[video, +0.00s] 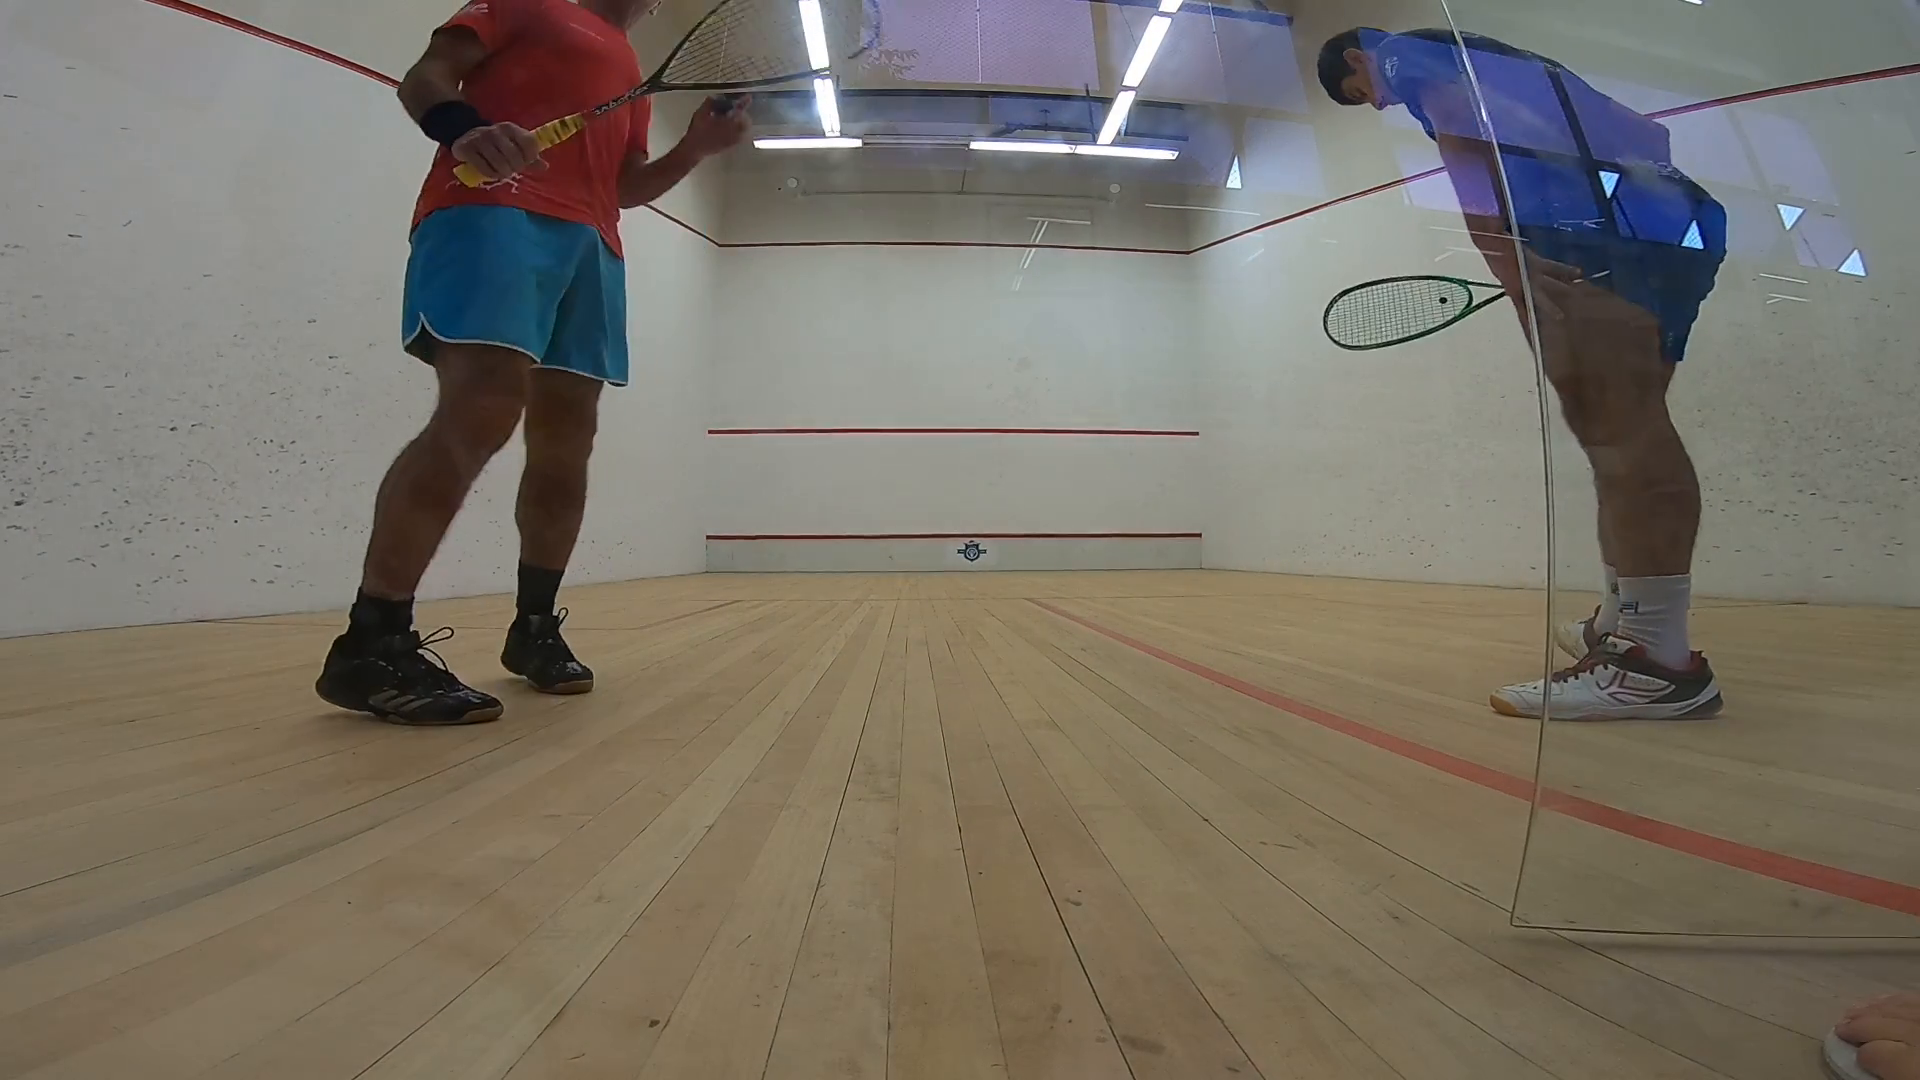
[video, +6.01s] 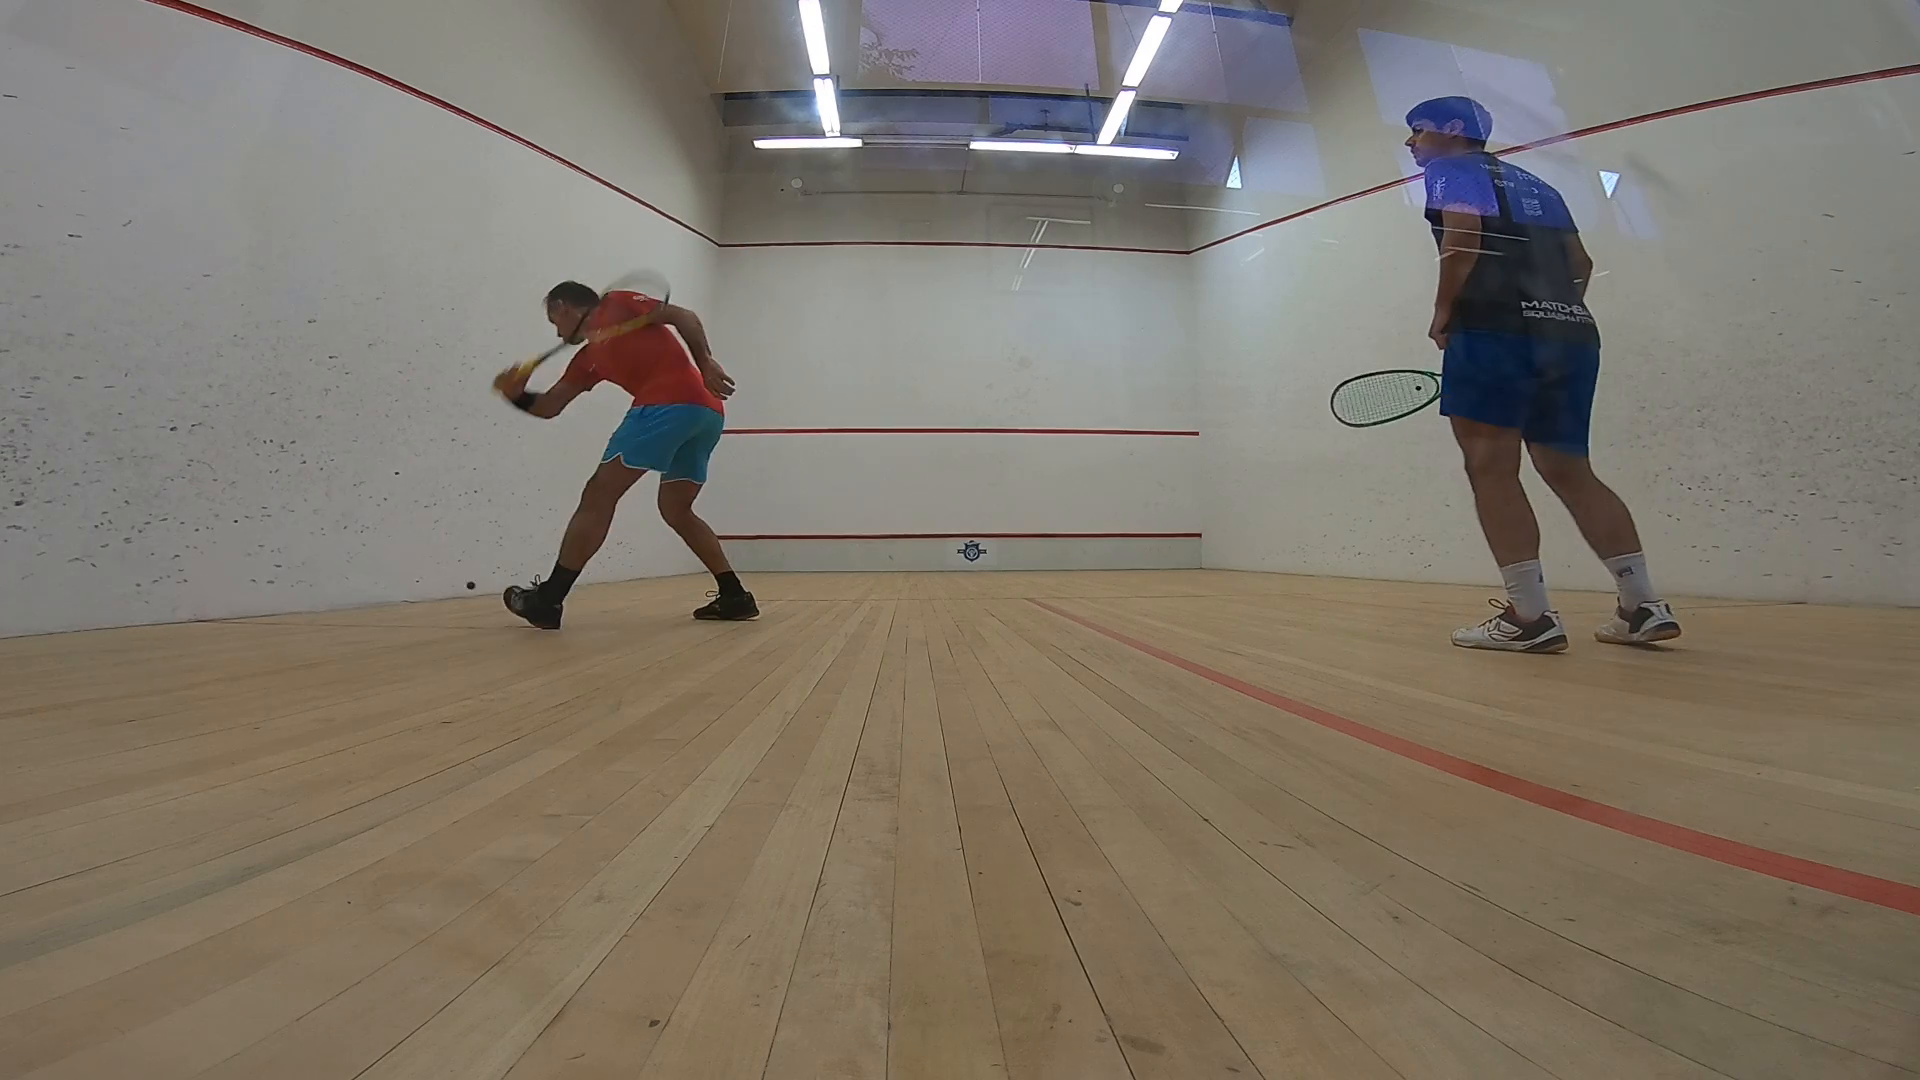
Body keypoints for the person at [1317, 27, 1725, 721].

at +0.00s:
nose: (1373, 102)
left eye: (1358, 90)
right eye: (1361, 100)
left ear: (1358, 54)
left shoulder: (1405, 54)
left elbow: (1464, 136)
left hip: (1605, 227)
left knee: (1624, 423)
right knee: (1611, 423)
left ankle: (1663, 658)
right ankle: (1627, 627)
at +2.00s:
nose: (1445, 177)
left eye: (1444, 170)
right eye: (1445, 171)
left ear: (1454, 166)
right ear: (1503, 164)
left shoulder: (1434, 201)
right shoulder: (1554, 194)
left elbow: (1415, 258)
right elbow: (1627, 250)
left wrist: (1414, 327)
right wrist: (1637, 313)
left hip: (1477, 352)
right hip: (1559, 351)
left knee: (1463, 475)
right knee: (1551, 479)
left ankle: (1497, 583)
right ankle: (1562, 607)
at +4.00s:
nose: (1443, 185)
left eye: (1446, 175)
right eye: (1443, 176)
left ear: (1469, 172)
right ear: (1501, 176)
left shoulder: (1460, 207)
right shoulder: (1553, 216)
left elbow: (1485, 252)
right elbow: (1607, 286)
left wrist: (1463, 323)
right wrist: (1572, 342)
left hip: (1519, 358)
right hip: (1591, 357)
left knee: (1489, 483)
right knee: (1541, 480)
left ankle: (1539, 602)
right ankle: (1589, 605)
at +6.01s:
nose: (1413, 145)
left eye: (1420, 135)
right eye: (1413, 137)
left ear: (1453, 131)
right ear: (1473, 135)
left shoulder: (1449, 167)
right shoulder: (1535, 185)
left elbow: (1463, 230)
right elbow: (1579, 263)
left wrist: (1443, 309)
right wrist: (1543, 324)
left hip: (1493, 333)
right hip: (1570, 336)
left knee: (1491, 467)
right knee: (1565, 466)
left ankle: (1529, 614)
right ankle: (1643, 606)